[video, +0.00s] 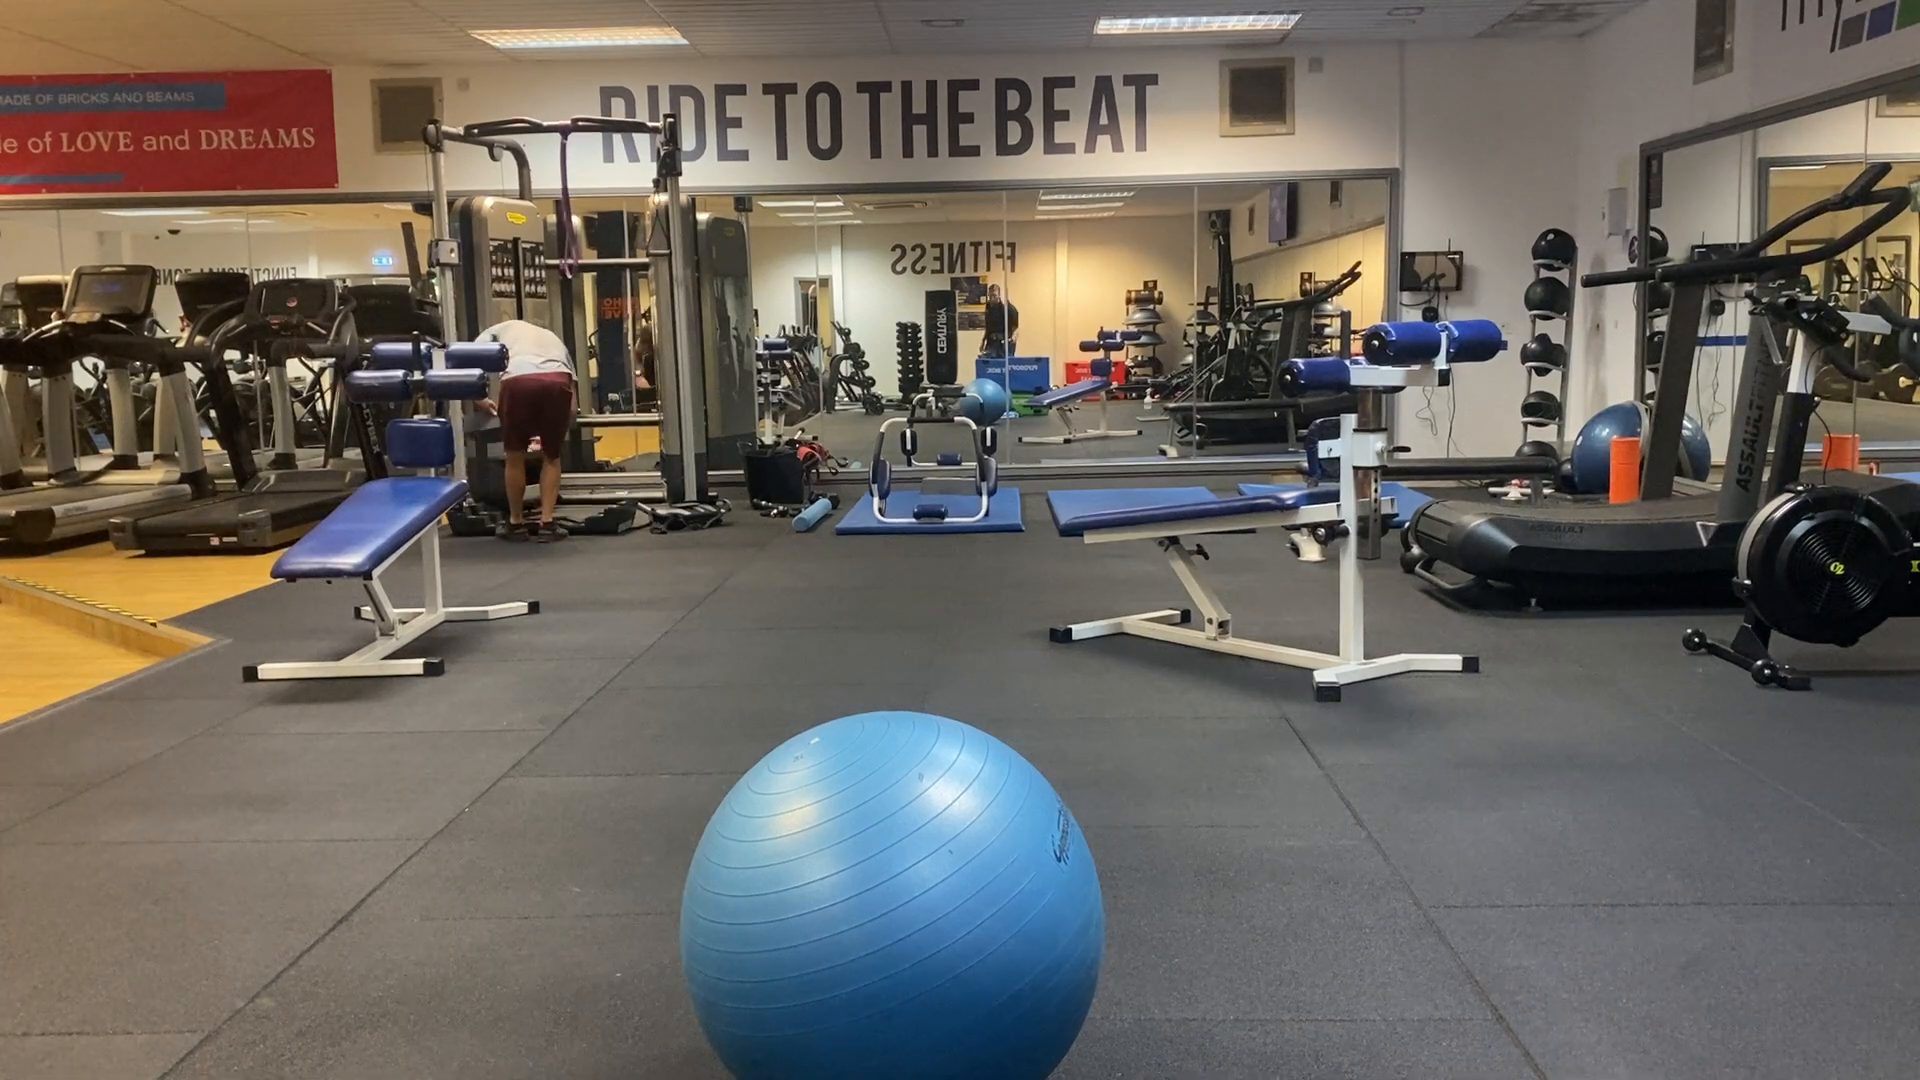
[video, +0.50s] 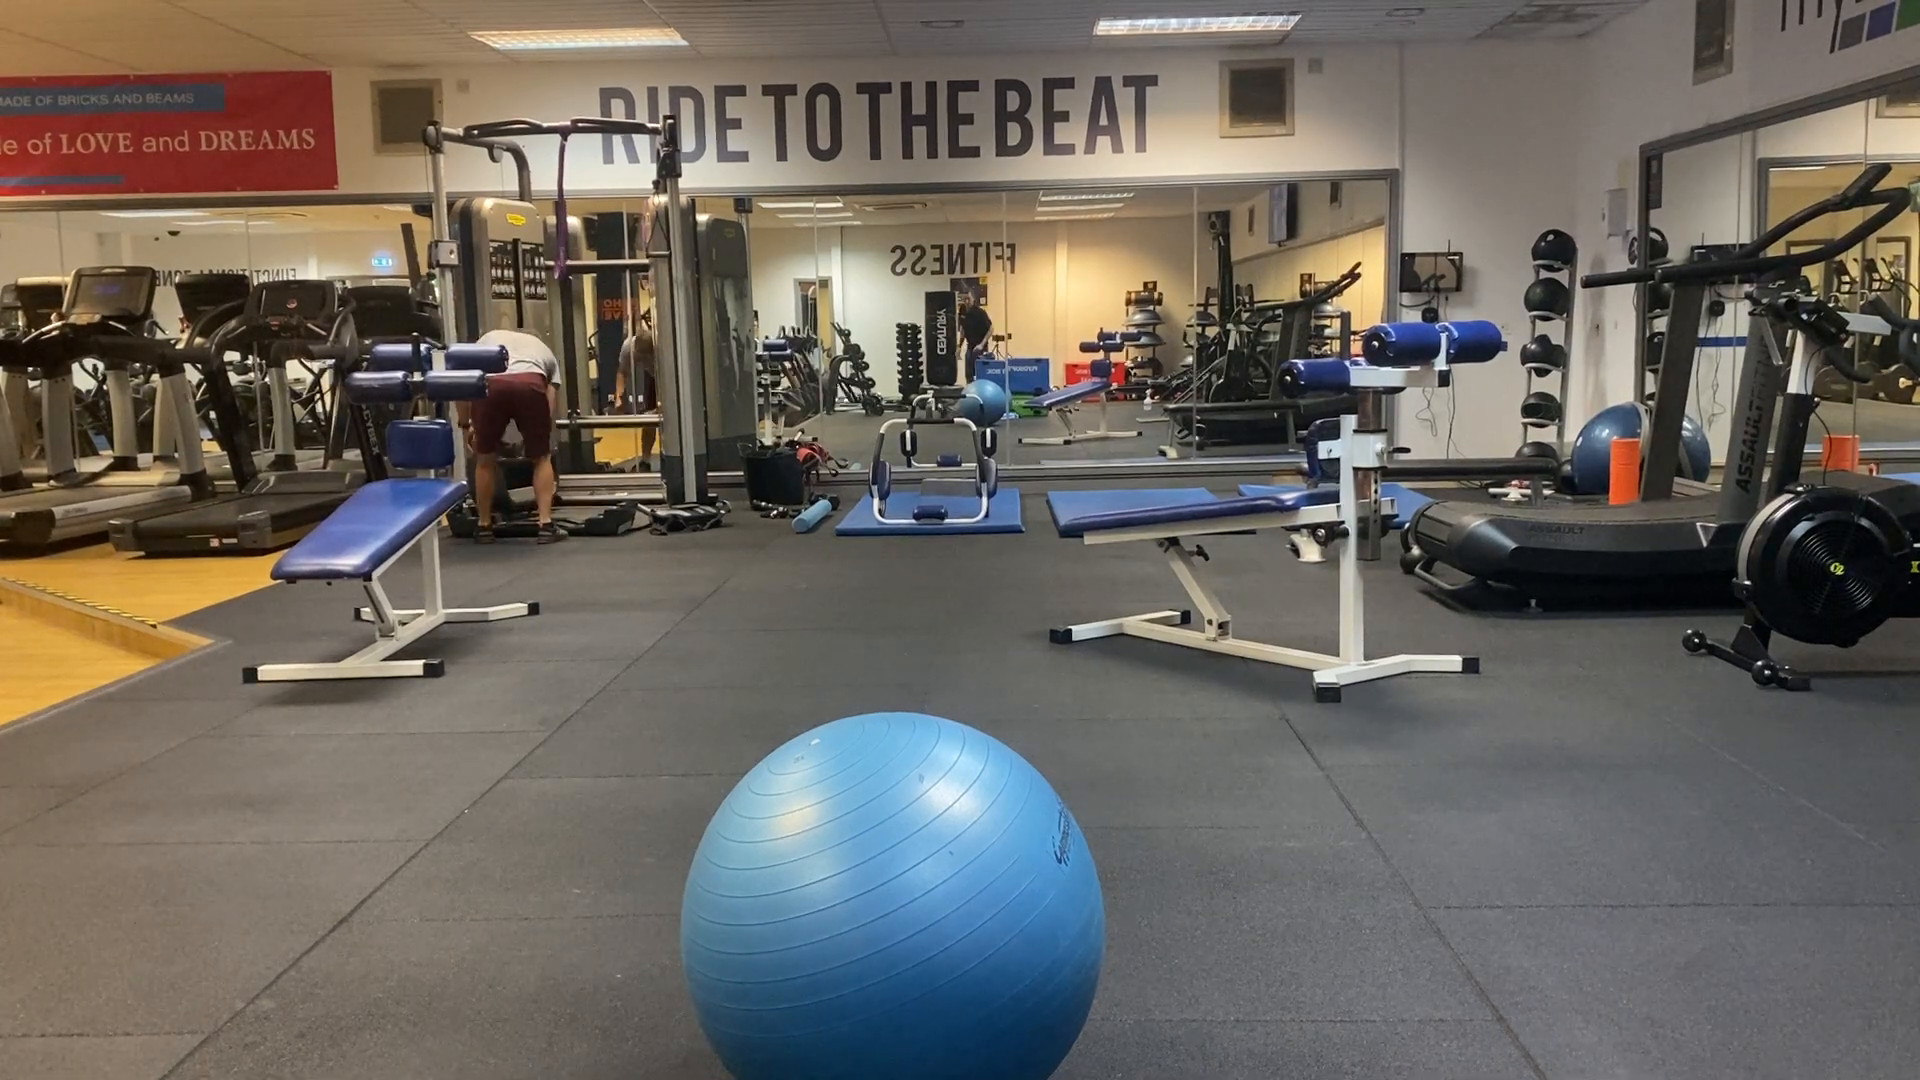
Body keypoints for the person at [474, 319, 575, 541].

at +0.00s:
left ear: (504, 327)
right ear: (532, 326)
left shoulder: (495, 331)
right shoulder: (551, 337)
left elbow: (469, 365)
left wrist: (481, 401)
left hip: (517, 385)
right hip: (558, 384)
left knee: (515, 458)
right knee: (552, 458)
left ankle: (516, 523)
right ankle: (547, 523)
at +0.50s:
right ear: (533, 339)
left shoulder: (485, 339)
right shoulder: (547, 353)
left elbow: (461, 384)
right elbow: (550, 407)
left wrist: (465, 426)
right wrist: (542, 445)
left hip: (489, 389)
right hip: (531, 389)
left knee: (485, 460)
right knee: (541, 459)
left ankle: (484, 525)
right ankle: (546, 525)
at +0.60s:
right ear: (526, 345)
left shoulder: (478, 348)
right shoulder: (539, 358)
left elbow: (456, 399)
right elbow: (540, 408)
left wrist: (460, 435)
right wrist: (529, 446)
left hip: (481, 387)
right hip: (522, 385)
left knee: (481, 462)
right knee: (537, 458)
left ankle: (483, 526)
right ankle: (545, 524)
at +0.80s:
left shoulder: (461, 370)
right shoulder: (526, 375)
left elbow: (454, 421)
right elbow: (521, 431)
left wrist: (455, 463)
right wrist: (505, 468)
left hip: (466, 389)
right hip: (507, 384)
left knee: (474, 463)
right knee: (526, 456)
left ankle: (483, 525)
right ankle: (544, 524)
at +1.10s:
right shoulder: (510, 373)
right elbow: (511, 446)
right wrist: (496, 482)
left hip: (462, 390)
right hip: (503, 386)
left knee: (473, 461)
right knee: (522, 458)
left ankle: (483, 525)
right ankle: (546, 524)